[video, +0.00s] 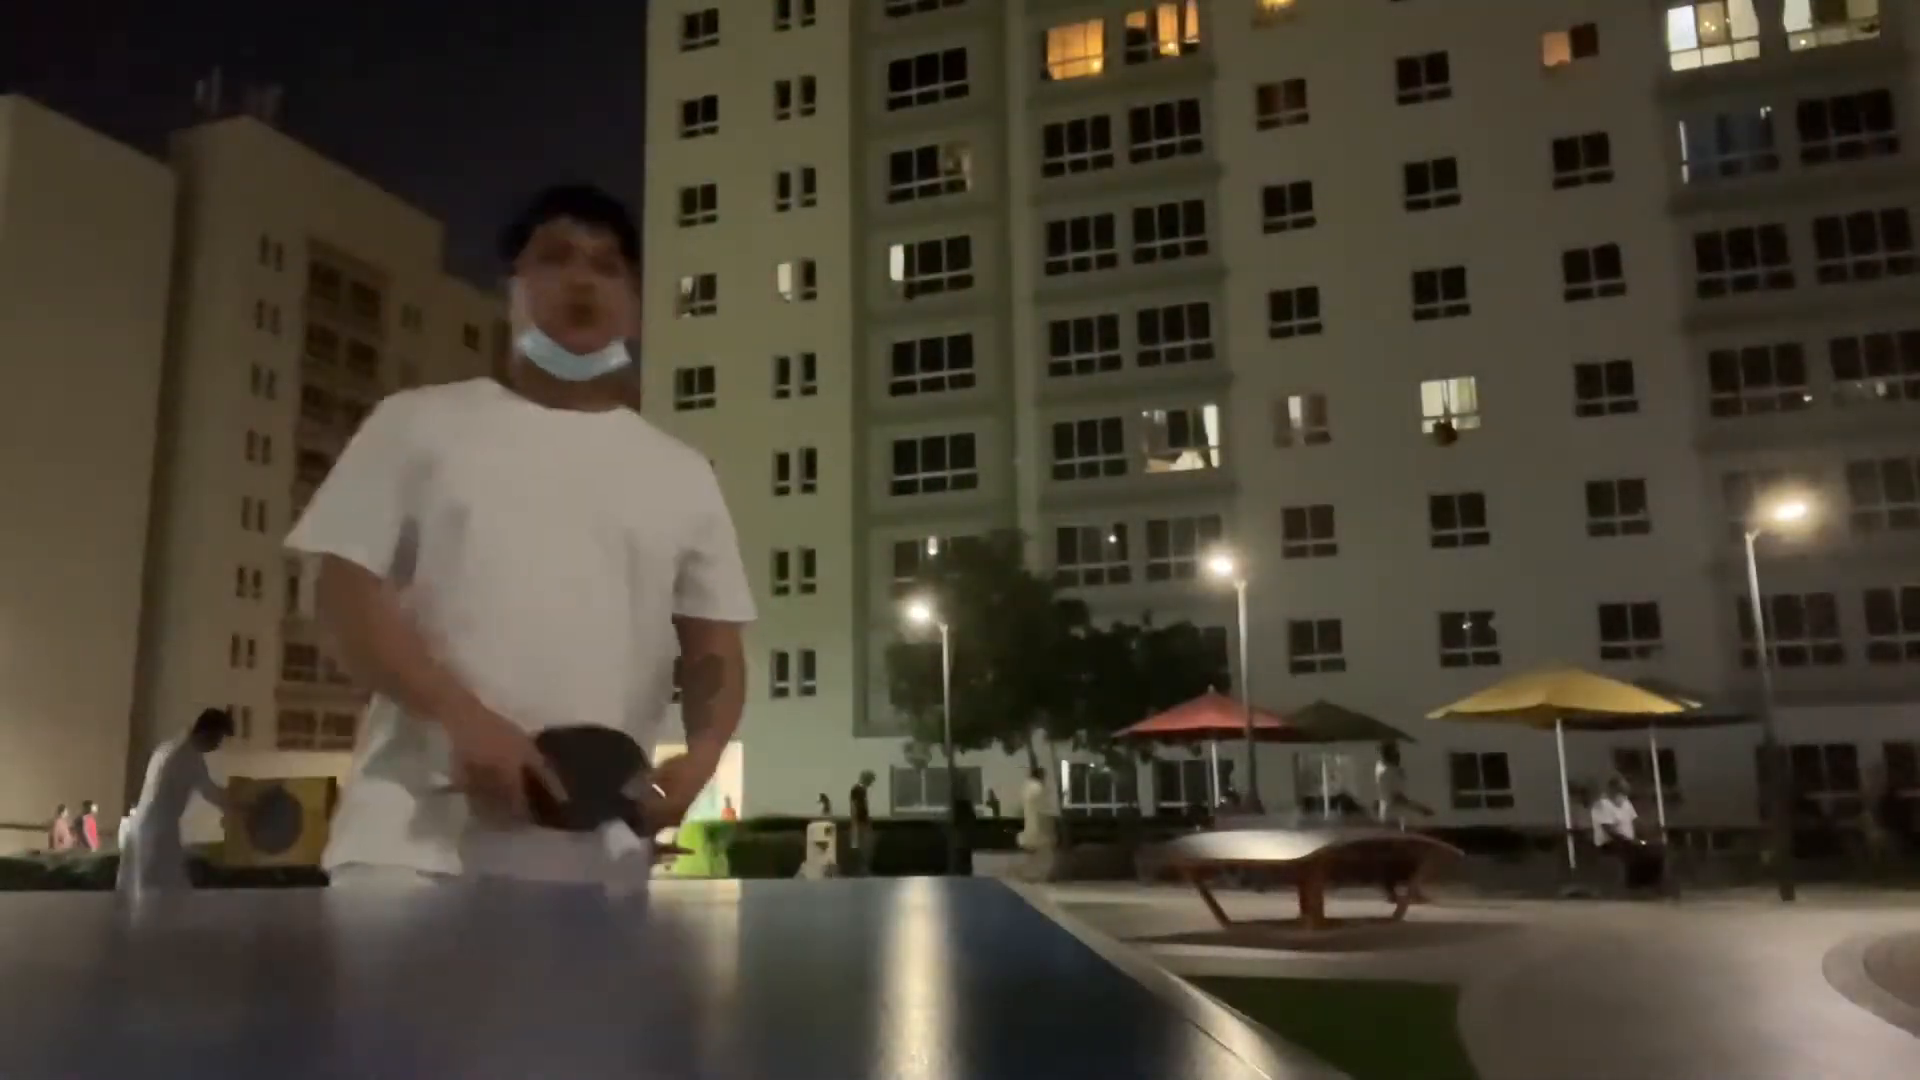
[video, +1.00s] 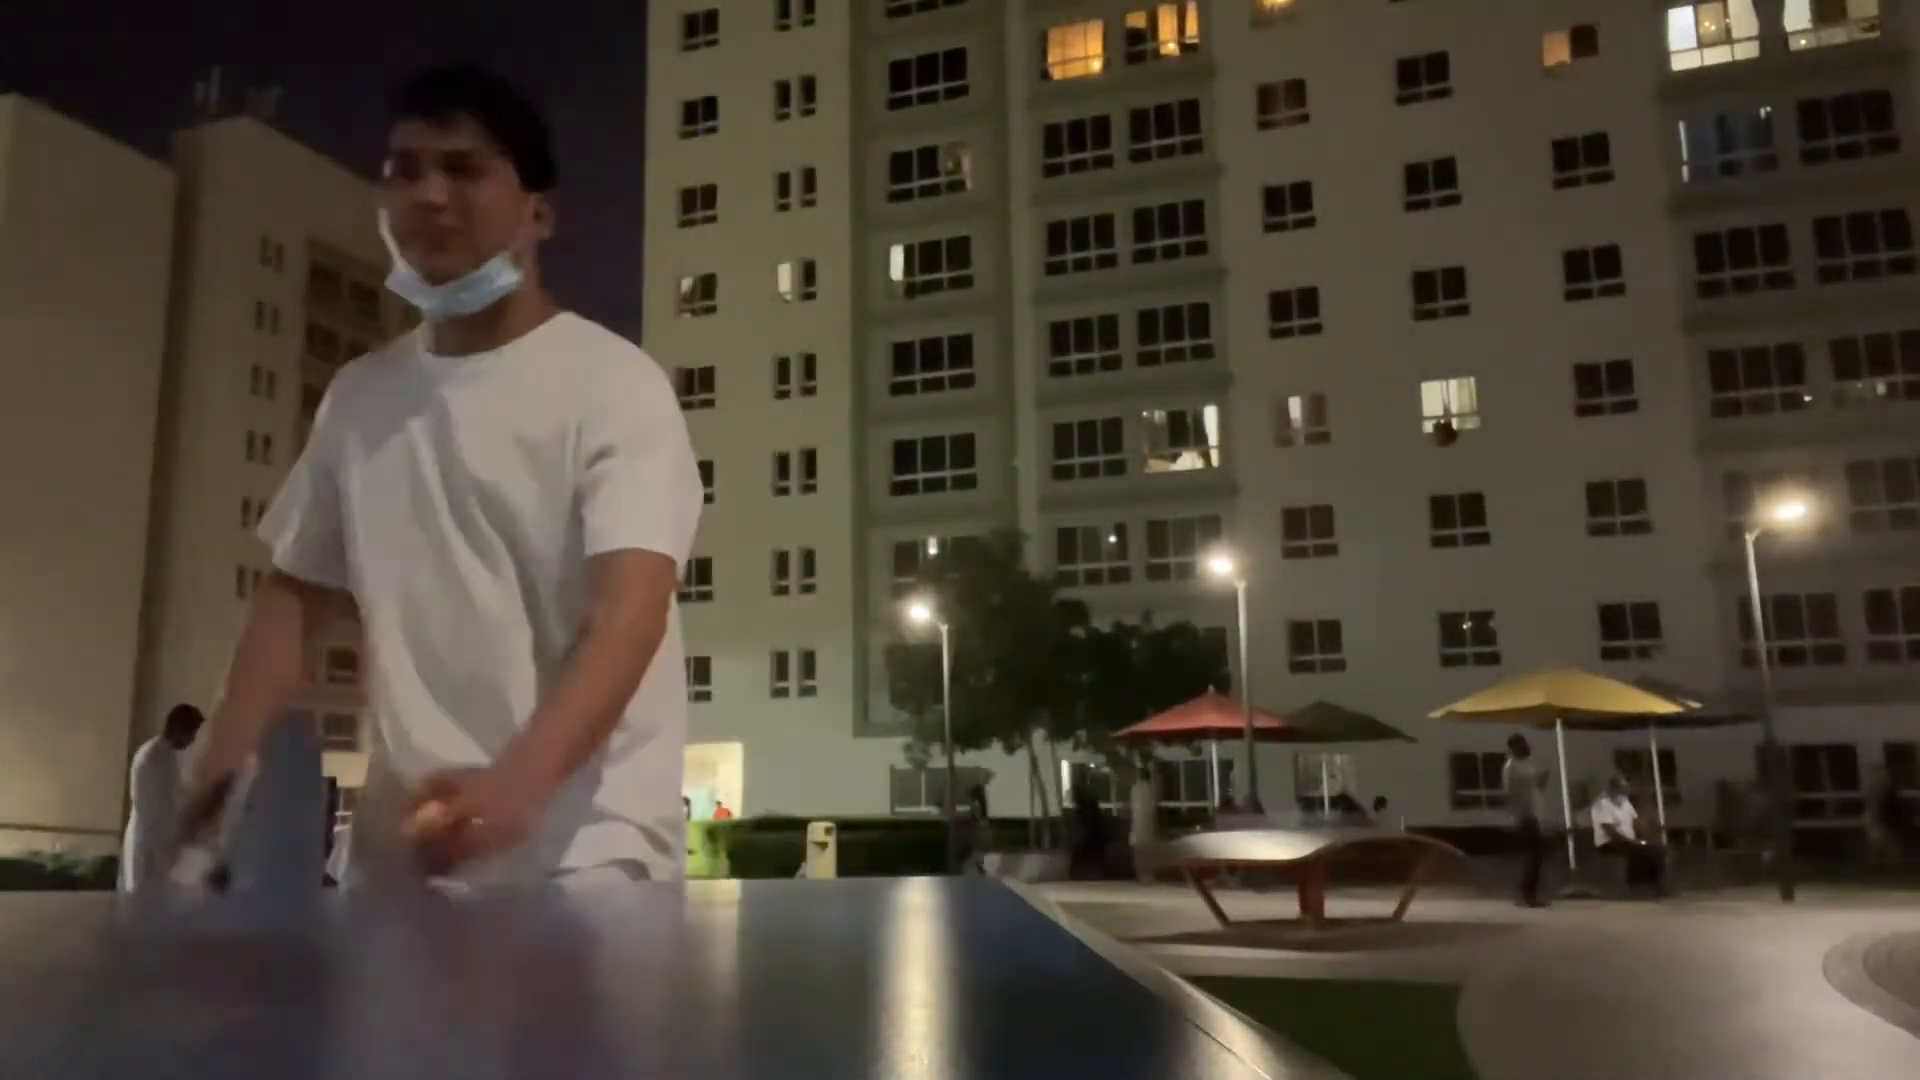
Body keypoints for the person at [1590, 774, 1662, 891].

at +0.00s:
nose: (1622, 798)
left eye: (1624, 794)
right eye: (1620, 794)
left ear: (1626, 793)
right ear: (1612, 792)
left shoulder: (1625, 802)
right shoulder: (1602, 805)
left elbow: (1634, 821)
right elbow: (1608, 829)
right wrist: (1631, 841)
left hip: (1628, 841)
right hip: (1610, 844)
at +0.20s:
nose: (1623, 796)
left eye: (1624, 792)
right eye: (1620, 791)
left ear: (1626, 790)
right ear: (1613, 790)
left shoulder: (1624, 801)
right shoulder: (1602, 805)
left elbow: (1634, 820)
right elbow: (1608, 829)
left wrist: (1644, 834)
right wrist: (1631, 841)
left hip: (1628, 841)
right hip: (1609, 844)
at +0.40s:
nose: (1623, 798)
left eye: (1625, 794)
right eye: (1620, 794)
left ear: (1626, 792)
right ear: (1612, 791)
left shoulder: (1625, 802)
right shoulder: (1602, 805)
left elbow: (1635, 821)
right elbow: (1608, 830)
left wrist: (1644, 835)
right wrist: (1632, 842)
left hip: (1628, 841)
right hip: (1609, 844)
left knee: (1654, 850)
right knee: (1638, 854)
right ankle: (1635, 886)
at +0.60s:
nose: (1623, 796)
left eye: (1625, 792)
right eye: (1621, 791)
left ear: (1626, 790)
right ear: (1613, 790)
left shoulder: (1625, 802)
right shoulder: (1602, 804)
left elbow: (1635, 821)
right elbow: (1608, 829)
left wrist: (1648, 833)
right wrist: (1631, 842)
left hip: (1628, 844)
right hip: (1610, 847)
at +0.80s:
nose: (1624, 795)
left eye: (1625, 791)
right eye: (1621, 791)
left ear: (1626, 790)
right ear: (1612, 790)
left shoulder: (1624, 802)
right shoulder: (1602, 804)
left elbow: (1636, 820)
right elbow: (1608, 828)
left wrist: (1649, 833)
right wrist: (1631, 841)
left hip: (1629, 840)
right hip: (1609, 843)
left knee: (1655, 850)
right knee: (1638, 852)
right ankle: (1635, 886)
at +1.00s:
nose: (1625, 791)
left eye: (1625, 788)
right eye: (1622, 788)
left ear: (1627, 788)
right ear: (1613, 788)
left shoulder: (1624, 801)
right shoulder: (1602, 804)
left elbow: (1635, 820)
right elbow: (1609, 829)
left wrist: (1648, 832)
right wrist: (1633, 842)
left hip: (1629, 840)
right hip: (1609, 844)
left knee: (1655, 850)